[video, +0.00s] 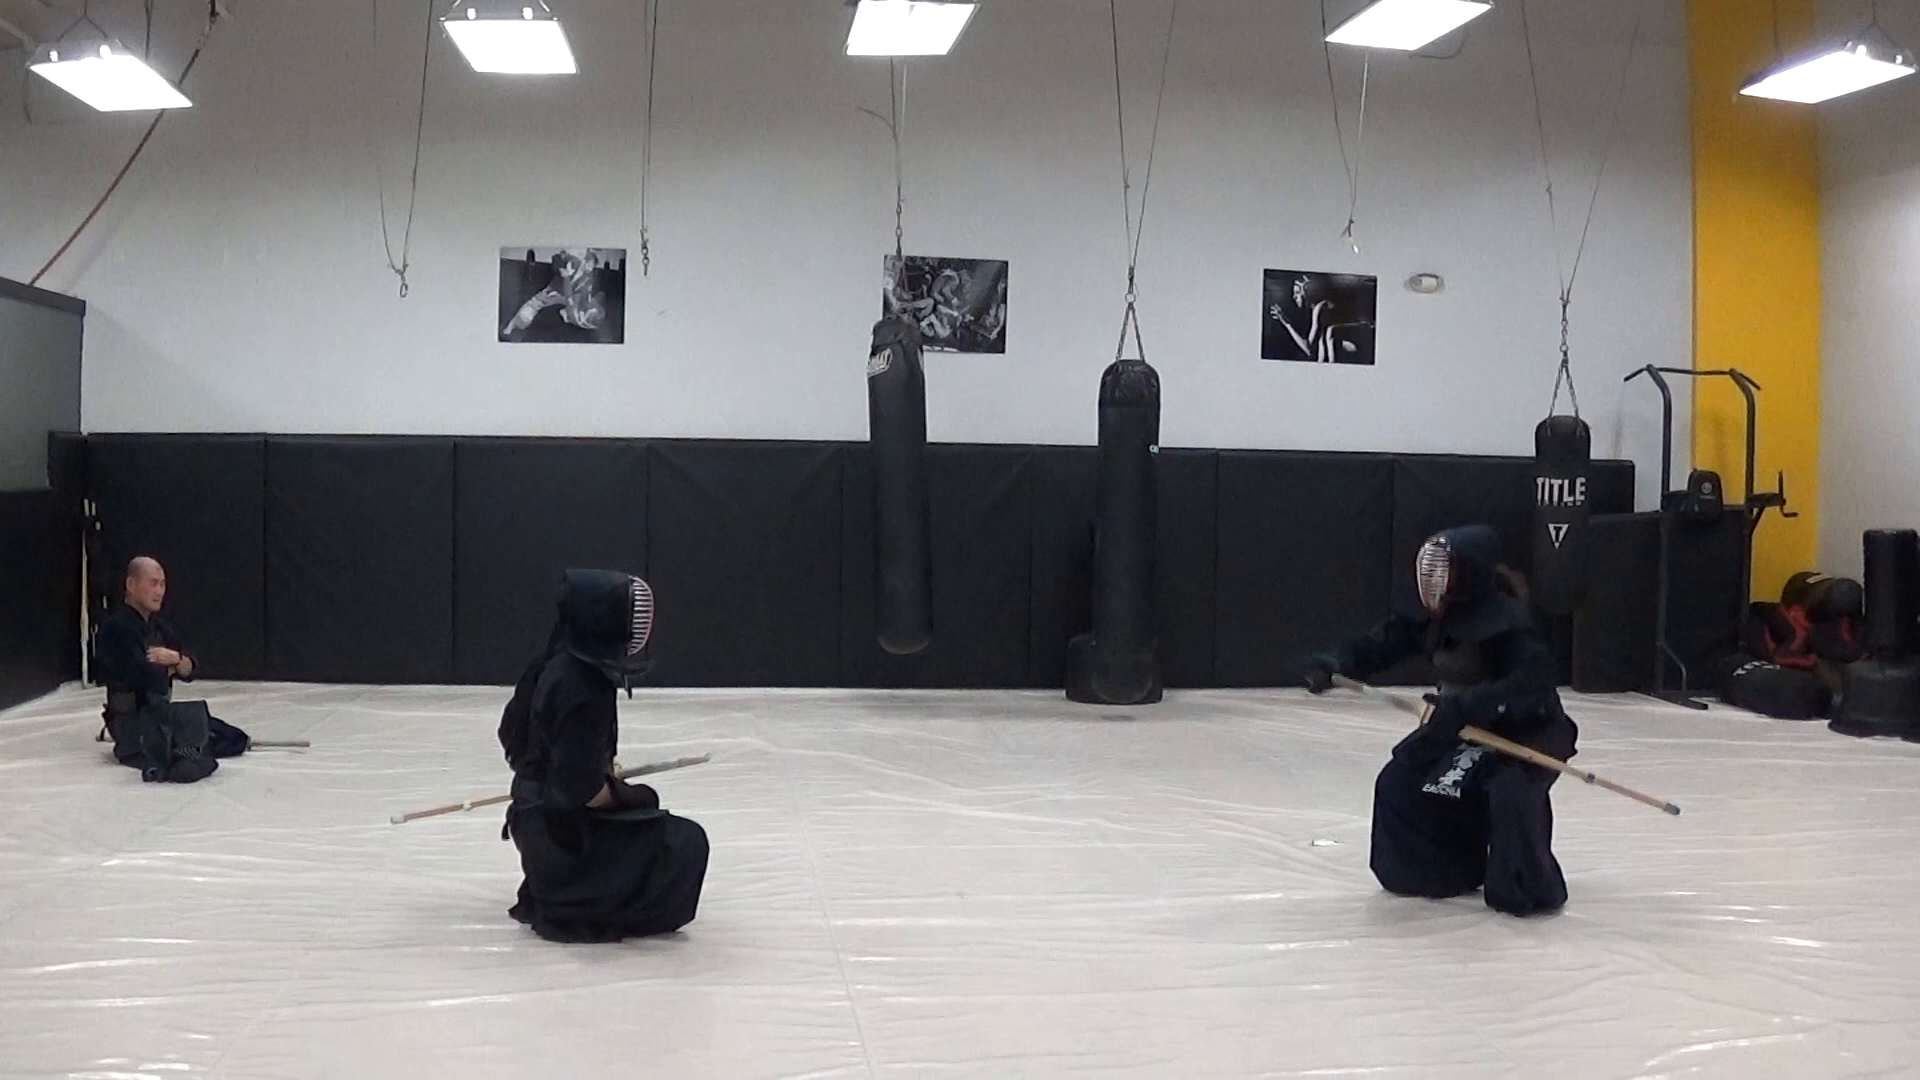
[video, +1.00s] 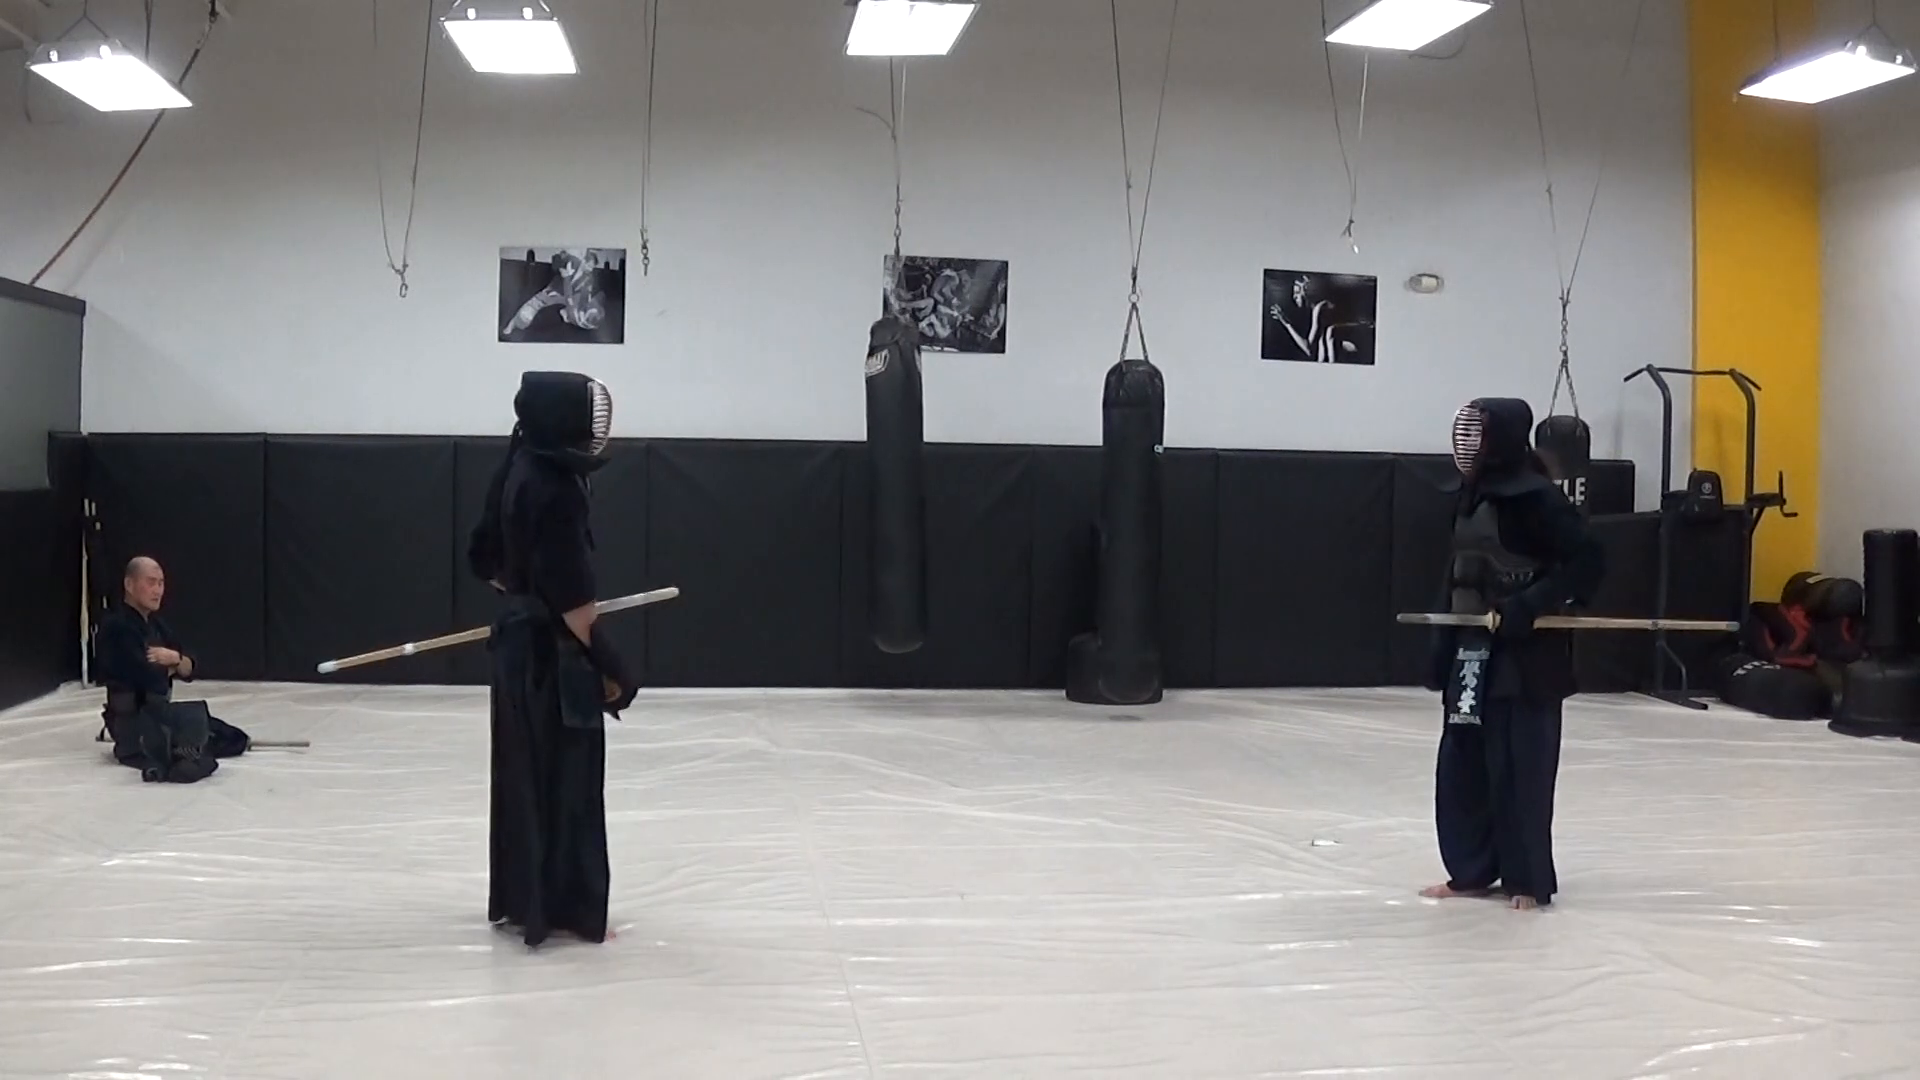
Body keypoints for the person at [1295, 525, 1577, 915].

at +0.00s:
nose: (1431, 587)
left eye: (1441, 576)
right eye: (1427, 575)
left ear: (1468, 578)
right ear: (1420, 573)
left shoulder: (1507, 619)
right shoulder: (1429, 621)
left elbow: (1534, 683)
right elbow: (1382, 647)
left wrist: (1463, 708)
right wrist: (1330, 661)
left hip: (1531, 730)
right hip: (1463, 727)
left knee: (1510, 789)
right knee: (1398, 783)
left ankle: (1527, 895)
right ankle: (1441, 875)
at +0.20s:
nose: (1432, 543)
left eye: (1443, 533)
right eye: (1430, 532)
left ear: (1472, 537)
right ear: (1426, 533)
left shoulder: (1511, 586)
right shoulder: (1435, 588)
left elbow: (1540, 653)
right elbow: (1374, 617)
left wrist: (1480, 675)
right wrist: (1302, 641)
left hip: (1522, 707)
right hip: (1459, 704)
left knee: (1505, 784)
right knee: (1406, 777)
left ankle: (1520, 888)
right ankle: (1441, 875)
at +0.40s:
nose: (1439, 487)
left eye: (1450, 477)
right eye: (1437, 476)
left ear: (1479, 480)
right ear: (1434, 478)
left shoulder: (1518, 536)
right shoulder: (1441, 538)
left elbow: (1560, 597)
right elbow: (1401, 591)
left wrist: (1501, 634)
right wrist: (1355, 634)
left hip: (1523, 679)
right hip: (1467, 675)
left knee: (1508, 777)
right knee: (1428, 769)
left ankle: (1518, 886)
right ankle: (1453, 873)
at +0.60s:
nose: (1448, 452)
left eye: (1458, 441)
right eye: (1445, 441)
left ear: (1487, 445)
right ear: (1443, 443)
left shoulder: (1524, 503)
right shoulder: (1453, 505)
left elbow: (1575, 560)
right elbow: (1441, 587)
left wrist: (1515, 601)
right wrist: (1426, 654)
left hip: (1521, 660)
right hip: (1462, 658)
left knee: (1520, 771)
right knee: (1454, 769)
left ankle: (1528, 882)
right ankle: (1466, 874)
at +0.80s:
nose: (1454, 445)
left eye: (1464, 435)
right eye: (1451, 434)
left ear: (1493, 438)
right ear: (1449, 437)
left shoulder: (1527, 496)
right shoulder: (1462, 498)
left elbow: (1579, 559)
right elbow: (1460, 572)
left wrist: (1516, 603)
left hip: (1520, 654)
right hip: (1467, 652)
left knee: (1519, 768)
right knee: (1459, 763)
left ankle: (1534, 883)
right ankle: (1471, 872)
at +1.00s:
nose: (1464, 449)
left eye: (1473, 439)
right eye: (1461, 438)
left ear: (1500, 441)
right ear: (1462, 440)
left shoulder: (1535, 497)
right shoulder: (1469, 499)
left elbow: (1586, 560)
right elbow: (1459, 580)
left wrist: (1527, 604)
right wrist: (1445, 652)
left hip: (1526, 655)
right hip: (1472, 654)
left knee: (1522, 768)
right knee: (1464, 764)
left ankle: (1528, 881)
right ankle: (1474, 872)